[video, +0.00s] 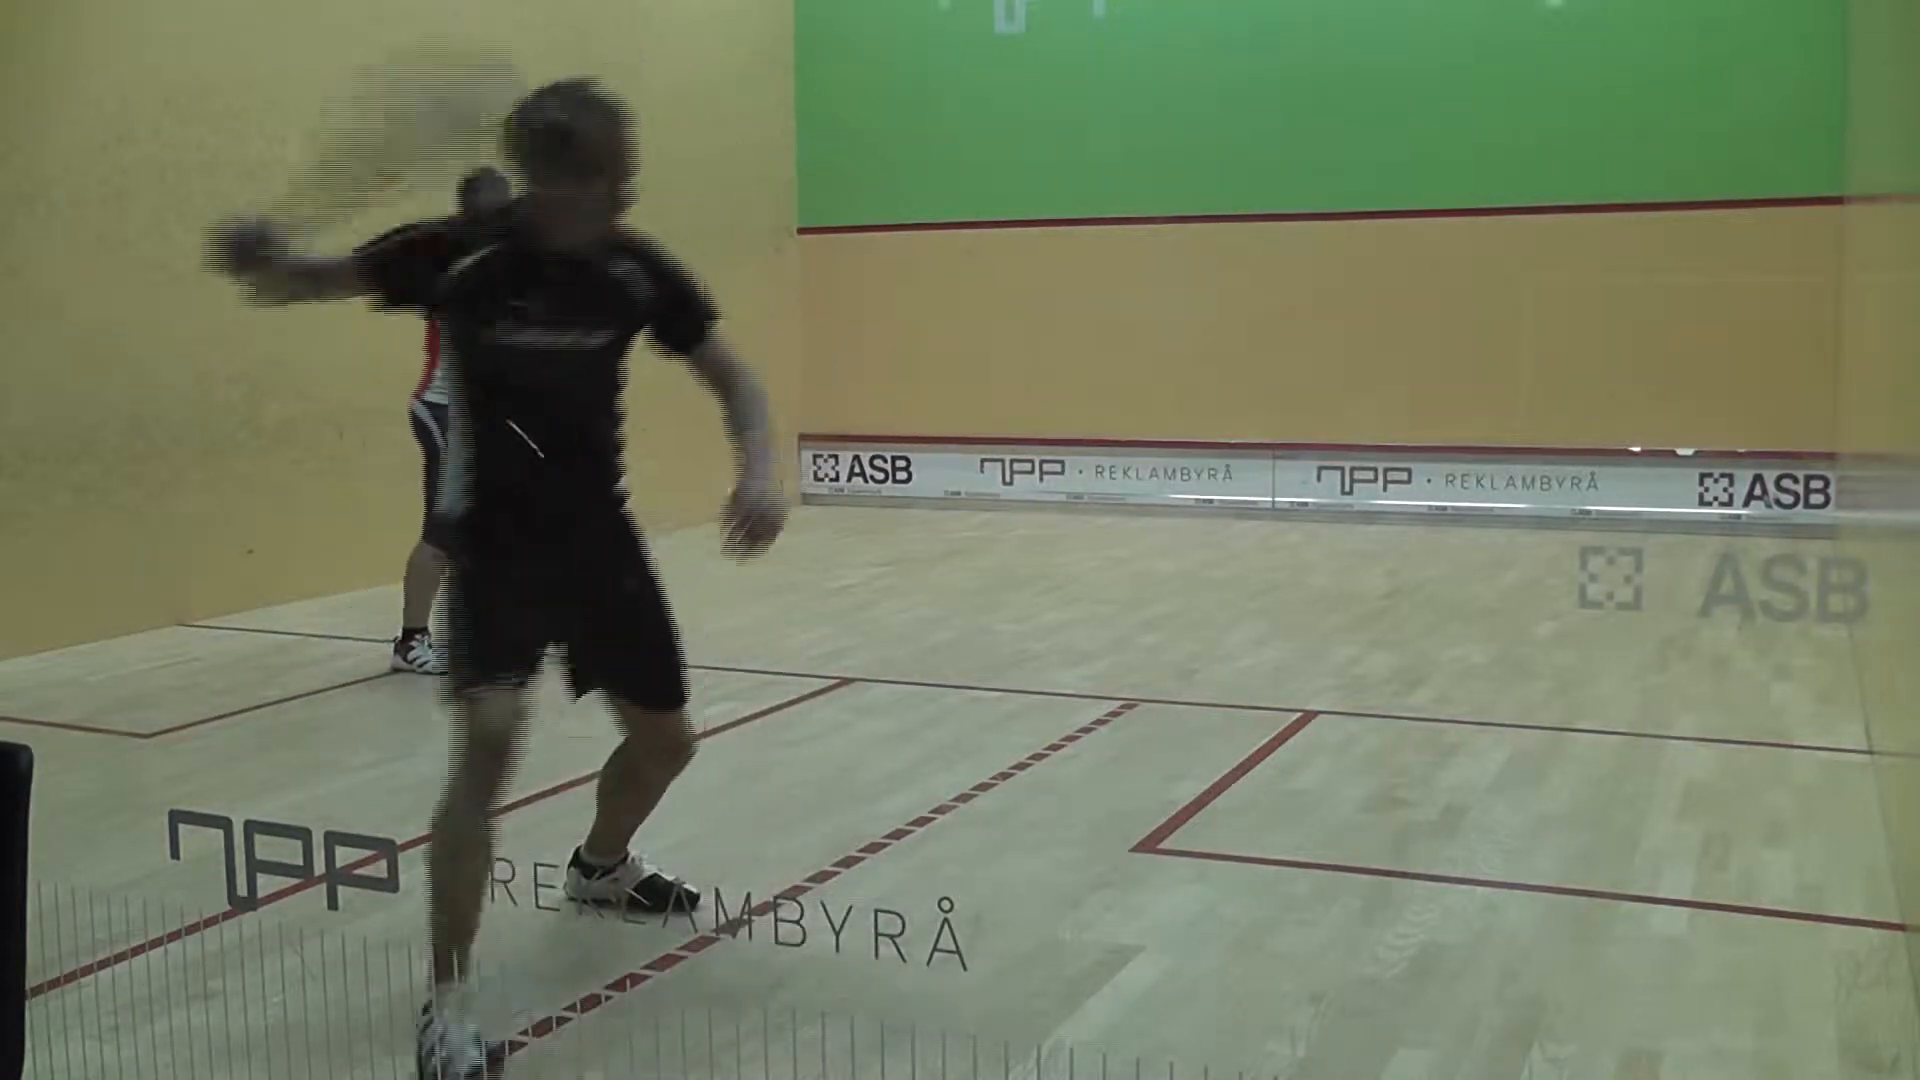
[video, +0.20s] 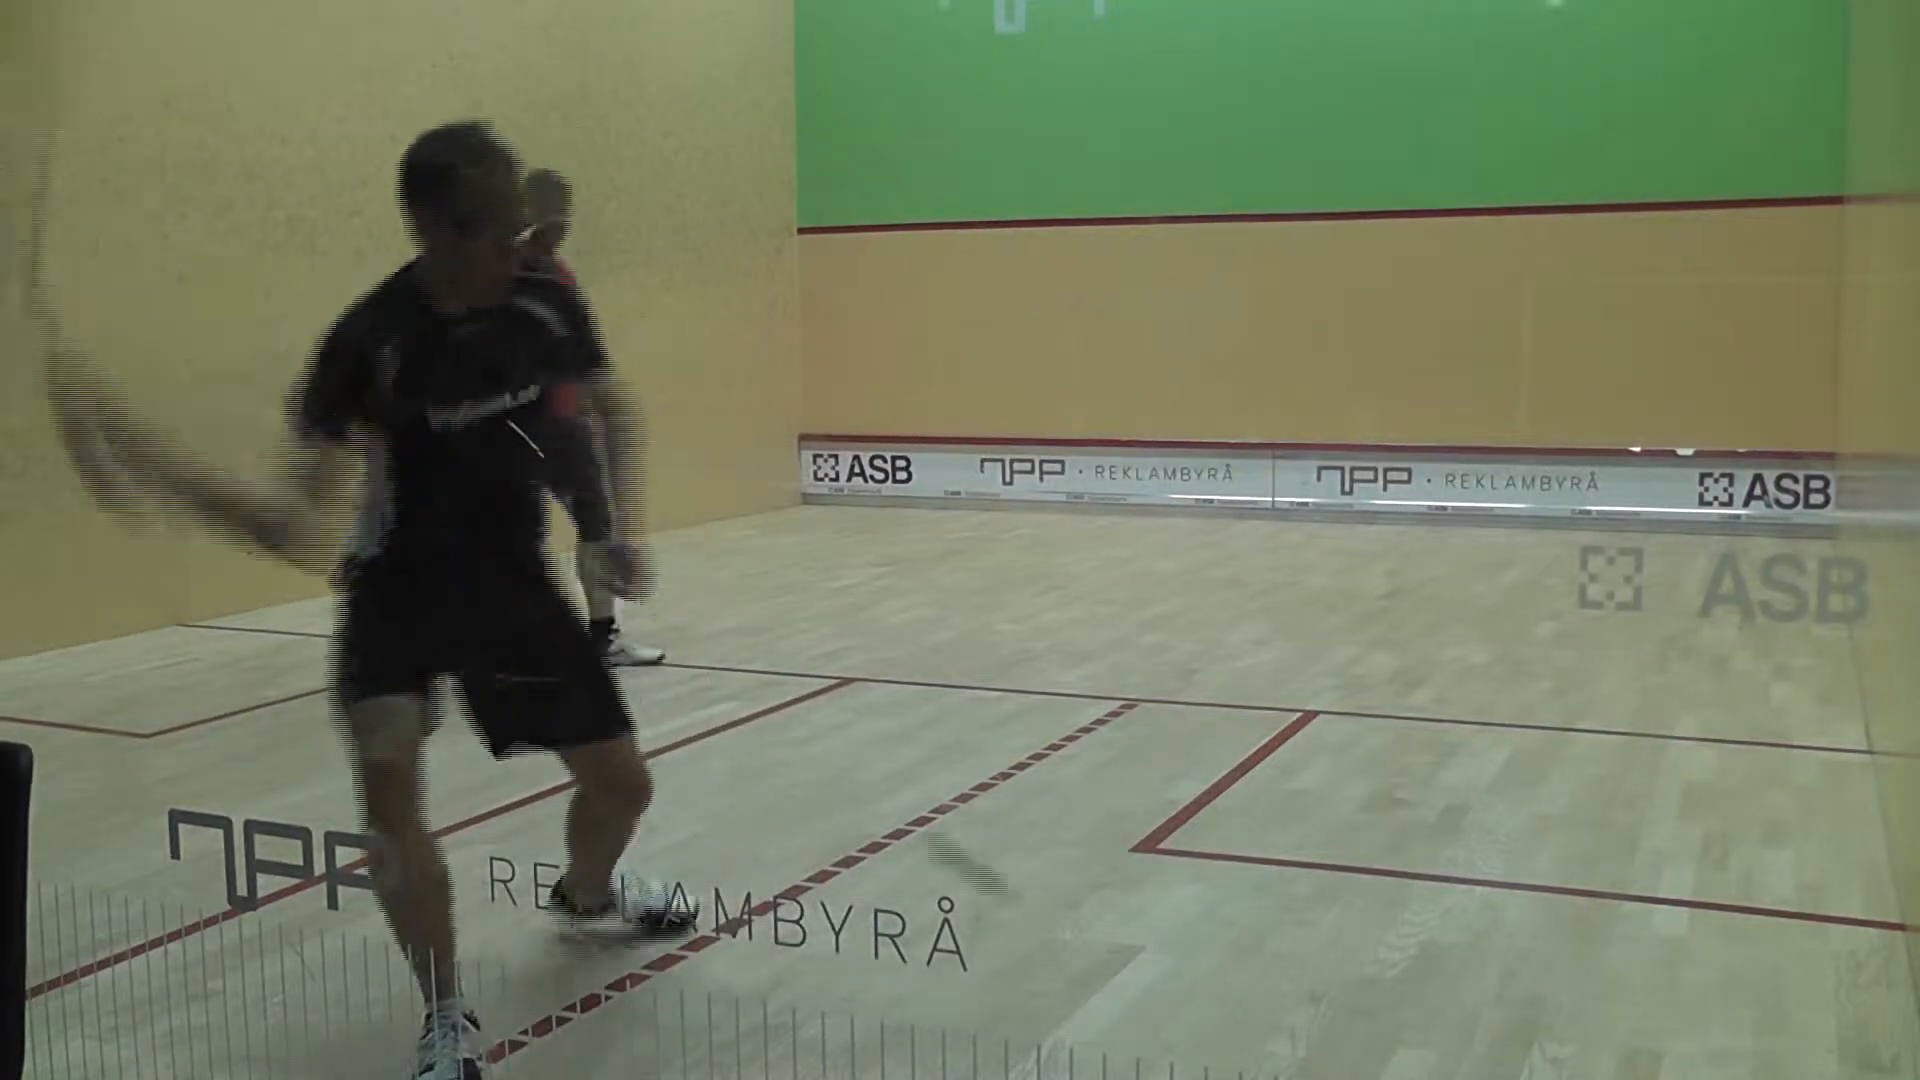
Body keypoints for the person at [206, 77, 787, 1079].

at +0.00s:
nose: (617, 193)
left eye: (619, 174)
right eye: (597, 175)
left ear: (616, 177)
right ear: (542, 179)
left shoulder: (634, 271)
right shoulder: (466, 257)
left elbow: (735, 382)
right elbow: (331, 277)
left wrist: (761, 479)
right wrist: (268, 267)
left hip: (596, 534)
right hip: (488, 542)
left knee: (662, 742)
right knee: (486, 750)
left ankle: (599, 869)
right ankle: (446, 1002)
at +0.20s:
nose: (522, 241)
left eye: (521, 220)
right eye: (499, 225)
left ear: (520, 217)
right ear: (436, 230)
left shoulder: (544, 310)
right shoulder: (371, 336)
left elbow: (595, 420)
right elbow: (297, 527)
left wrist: (611, 529)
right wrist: (155, 467)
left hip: (512, 575)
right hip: (398, 586)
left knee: (620, 780)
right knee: (387, 798)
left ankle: (584, 896)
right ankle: (445, 1012)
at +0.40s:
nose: (480, 242)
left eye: (484, 220)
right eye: (460, 222)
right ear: (394, 217)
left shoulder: (442, 295)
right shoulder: (322, 294)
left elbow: (439, 449)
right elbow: (397, 465)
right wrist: (515, 542)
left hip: (372, 546)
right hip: (277, 561)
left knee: (469, 769)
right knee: (358, 792)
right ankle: (442, 1012)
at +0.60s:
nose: (401, 147)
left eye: (399, 126)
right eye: (384, 125)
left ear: (322, 138)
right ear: (326, 132)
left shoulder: (267, 220)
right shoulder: (282, 235)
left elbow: (256, 395)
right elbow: (288, 423)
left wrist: (355, 353)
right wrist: (331, 464)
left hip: (202, 523)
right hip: (209, 529)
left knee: (234, 793)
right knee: (339, 751)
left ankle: (34, 962)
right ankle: (395, 1026)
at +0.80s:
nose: (325, 122)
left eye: (321, 103)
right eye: (314, 102)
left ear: (238, 107)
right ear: (269, 107)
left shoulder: (158, 185)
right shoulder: (245, 207)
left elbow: (161, 352)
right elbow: (246, 389)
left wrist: (280, 354)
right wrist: (318, 505)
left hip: (100, 498)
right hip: (186, 502)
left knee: (113, 744)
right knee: (317, 699)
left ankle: (9, 972)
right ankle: (328, 961)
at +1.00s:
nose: (302, 158)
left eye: (299, 140)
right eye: (296, 140)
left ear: (212, 142)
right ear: (265, 141)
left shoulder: (144, 213)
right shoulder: (249, 220)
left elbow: (144, 363)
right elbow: (251, 366)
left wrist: (270, 378)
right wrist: (349, 488)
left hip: (84, 497)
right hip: (180, 499)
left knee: (77, 740)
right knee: (300, 662)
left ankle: (3, 967)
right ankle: (266, 873)